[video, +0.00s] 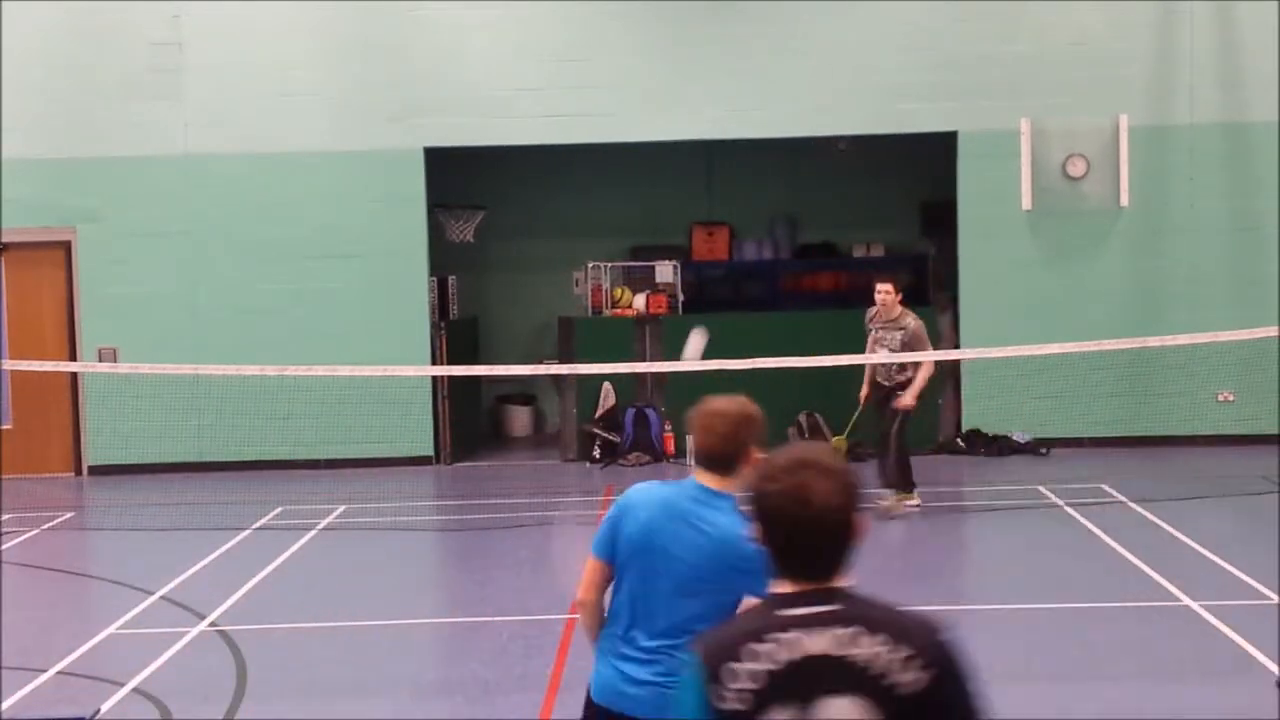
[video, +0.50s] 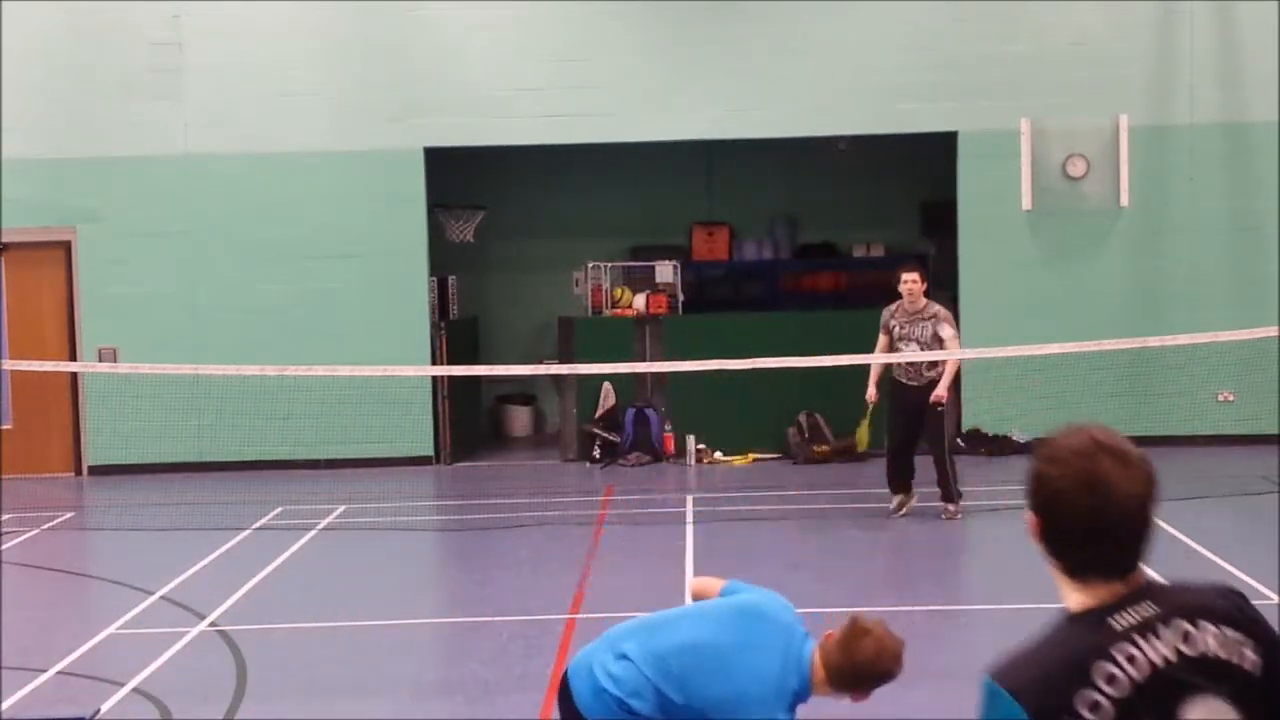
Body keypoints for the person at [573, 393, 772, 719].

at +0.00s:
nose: (762, 457)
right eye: (759, 449)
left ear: (696, 445)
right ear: (750, 457)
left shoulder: (637, 500)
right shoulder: (745, 542)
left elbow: (587, 597)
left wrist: (608, 654)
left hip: (610, 694)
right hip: (684, 706)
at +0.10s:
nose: (819, 506)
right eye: (816, 496)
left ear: (751, 475)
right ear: (807, 509)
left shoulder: (678, 510)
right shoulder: (782, 589)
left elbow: (603, 580)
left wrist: (621, 624)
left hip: (596, 683)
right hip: (671, 702)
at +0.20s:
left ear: (799, 539)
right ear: (843, 579)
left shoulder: (731, 529)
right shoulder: (791, 644)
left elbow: (632, 561)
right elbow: (838, 685)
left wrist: (626, 618)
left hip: (589, 668)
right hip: (650, 703)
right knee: (714, 711)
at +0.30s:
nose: (869, 646)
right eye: (873, 638)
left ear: (835, 583)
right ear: (863, 644)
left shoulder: (767, 558)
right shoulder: (788, 685)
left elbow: (661, 560)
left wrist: (648, 623)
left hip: (592, 664)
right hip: (634, 708)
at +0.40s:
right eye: (882, 671)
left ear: (843, 615)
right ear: (872, 680)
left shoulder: (781, 594)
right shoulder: (785, 707)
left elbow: (685, 577)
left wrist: (686, 637)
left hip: (595, 656)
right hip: (615, 705)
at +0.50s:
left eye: (840, 629)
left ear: (834, 628)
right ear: (859, 698)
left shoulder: (774, 607)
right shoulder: (770, 710)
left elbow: (697, 585)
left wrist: (715, 639)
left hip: (582, 666)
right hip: (603, 707)